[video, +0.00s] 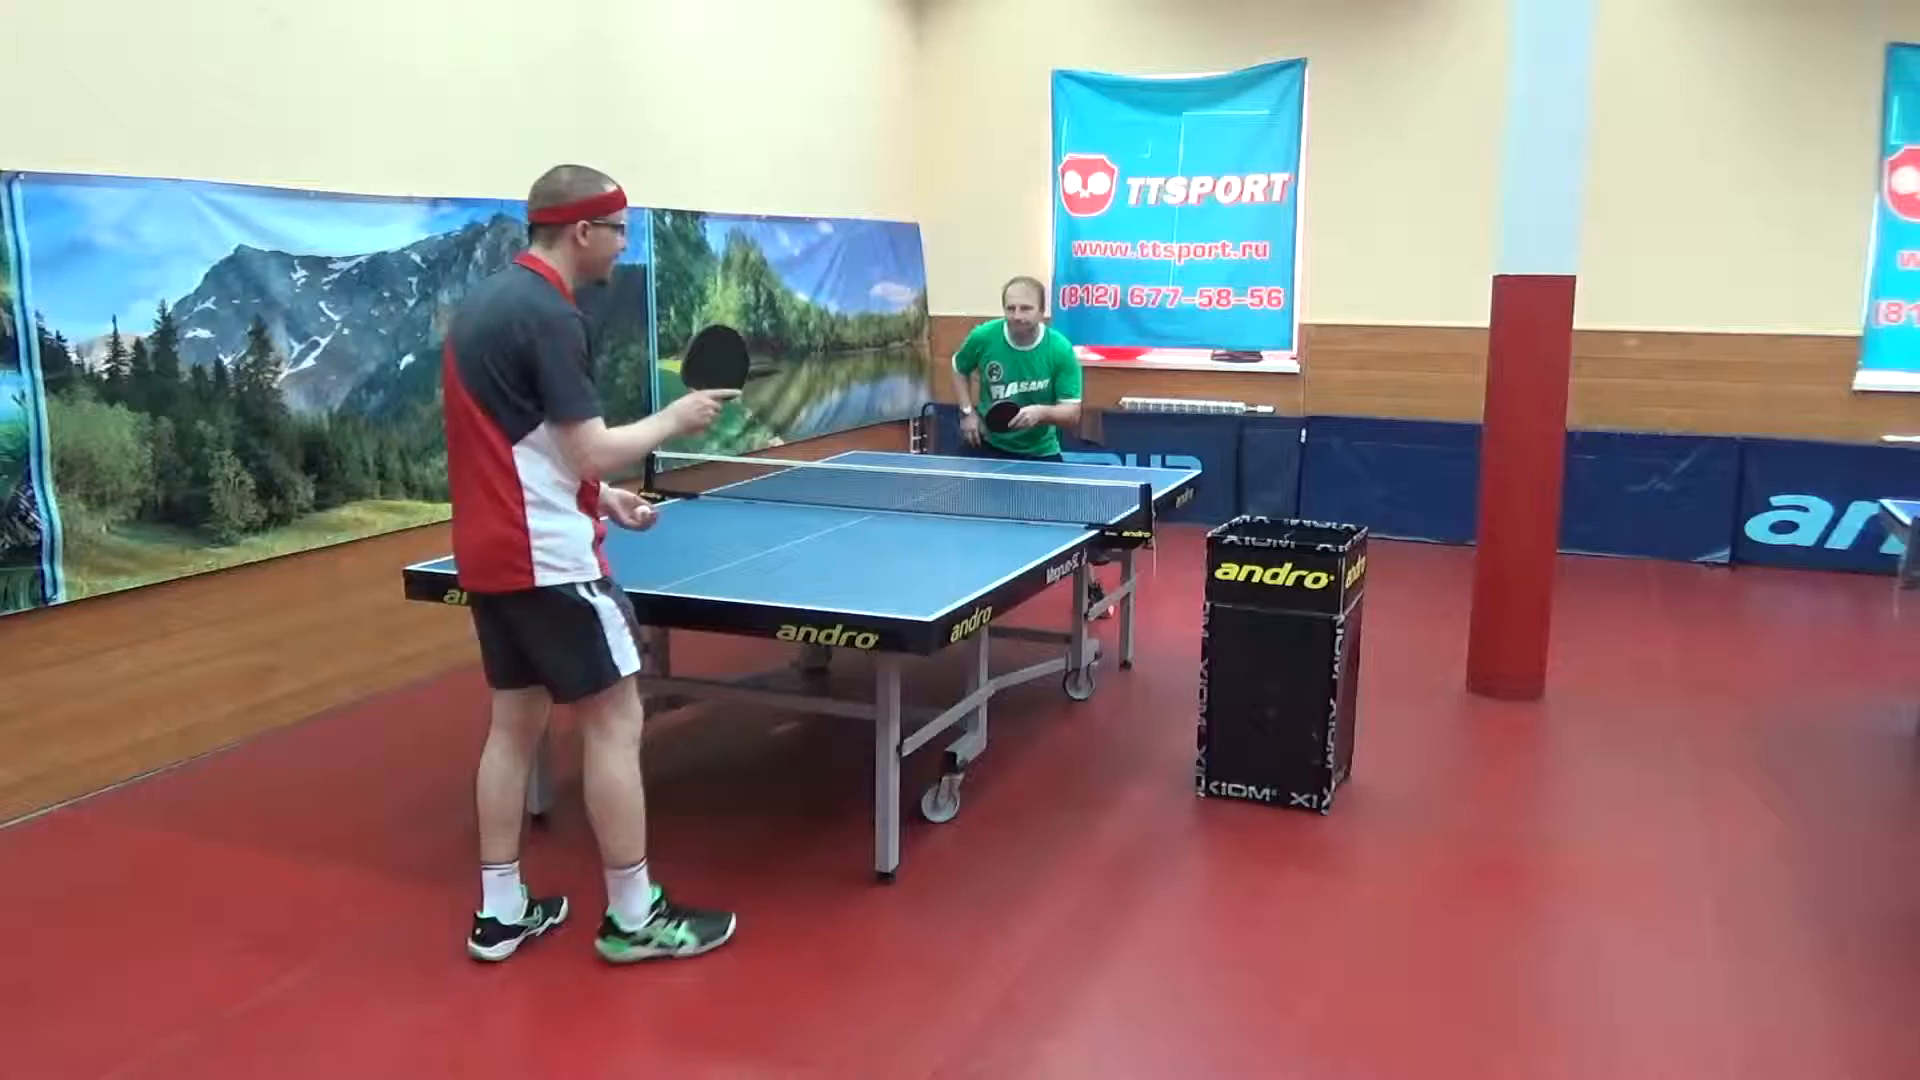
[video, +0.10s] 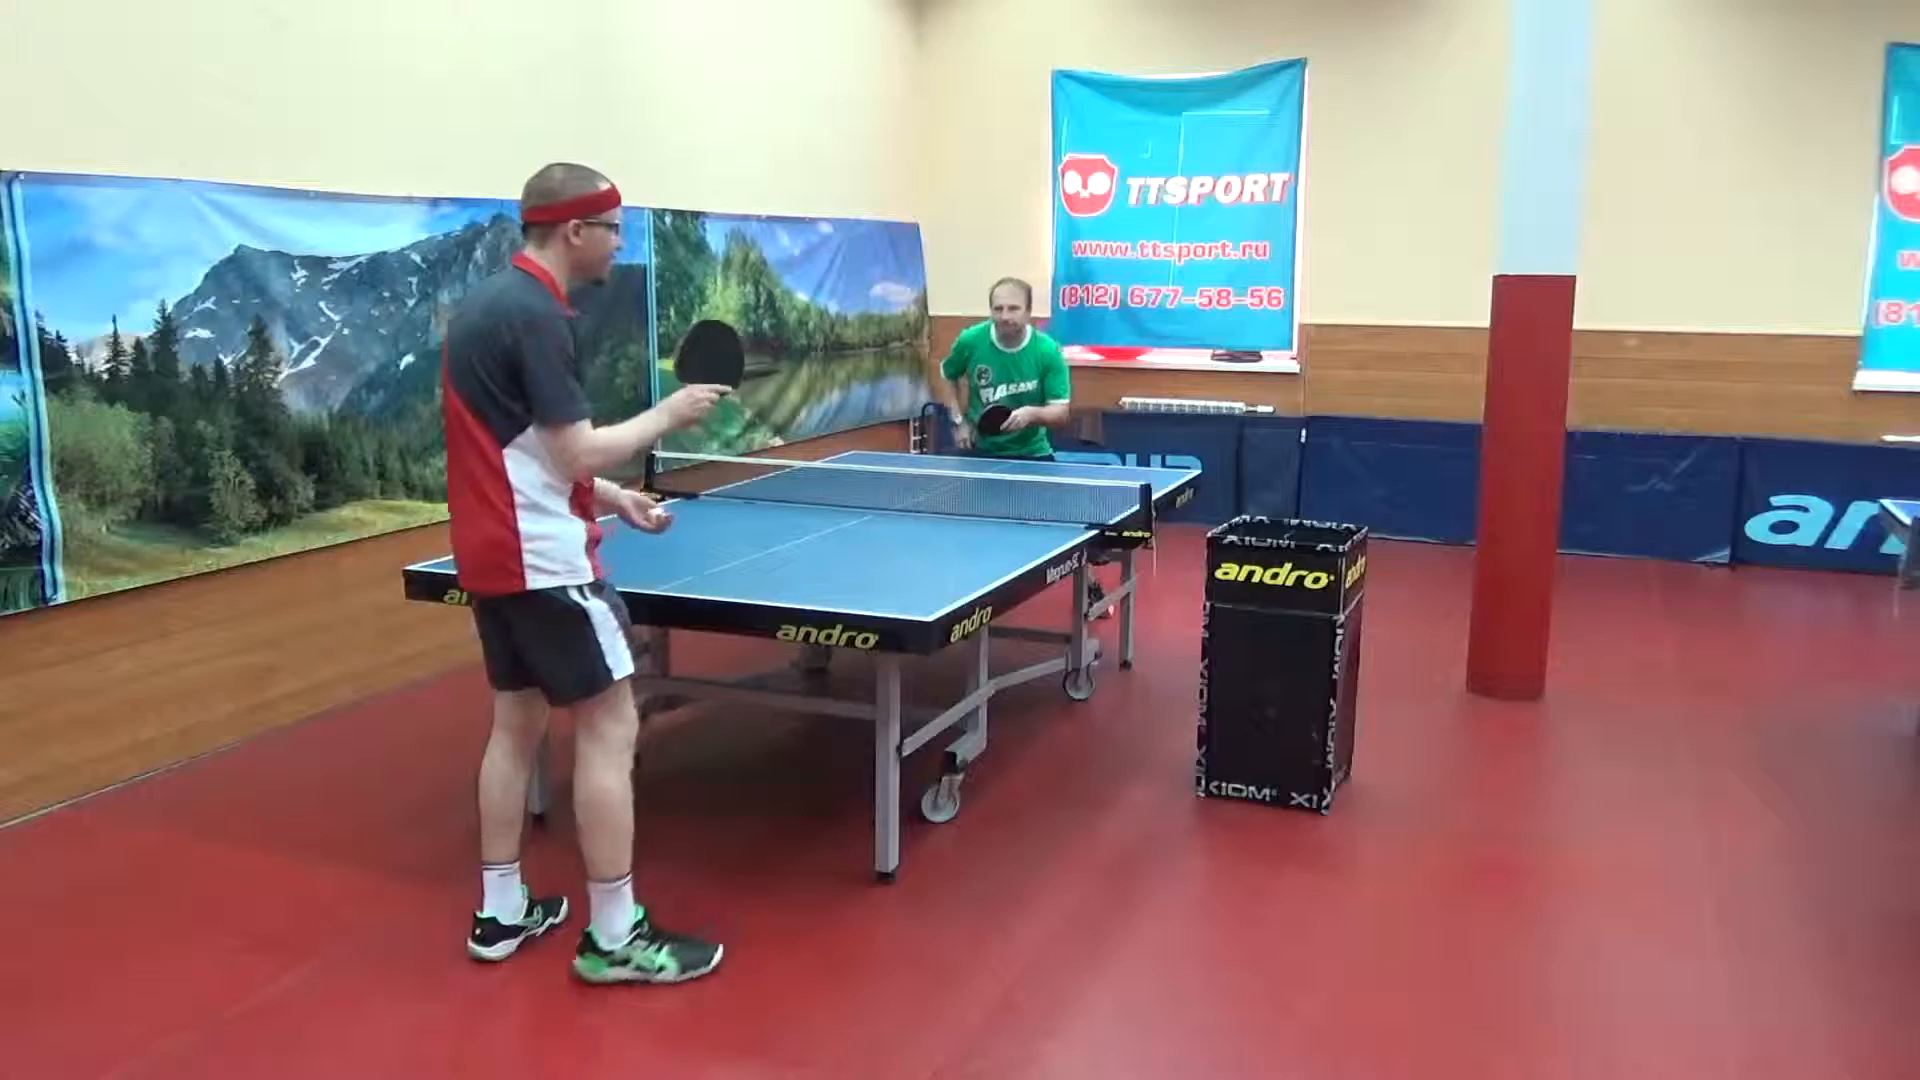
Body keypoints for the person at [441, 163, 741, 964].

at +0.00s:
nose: (624, 245)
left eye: (623, 230)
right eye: (616, 230)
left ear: (555, 231)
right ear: (580, 231)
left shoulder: (487, 304)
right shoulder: (547, 317)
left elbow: (523, 441)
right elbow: (590, 454)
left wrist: (603, 490)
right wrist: (672, 421)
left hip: (493, 561)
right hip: (552, 561)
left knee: (513, 725)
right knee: (616, 717)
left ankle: (500, 911)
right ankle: (635, 914)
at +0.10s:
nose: (619, 244)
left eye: (617, 230)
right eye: (610, 229)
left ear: (551, 232)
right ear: (573, 231)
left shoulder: (486, 306)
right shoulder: (533, 317)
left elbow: (522, 448)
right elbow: (578, 456)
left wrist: (613, 492)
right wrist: (667, 414)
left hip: (494, 564)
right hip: (546, 566)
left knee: (515, 725)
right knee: (611, 726)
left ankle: (500, 912)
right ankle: (615, 935)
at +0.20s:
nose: (621, 241)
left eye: (619, 227)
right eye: (610, 228)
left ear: (554, 233)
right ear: (570, 232)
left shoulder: (496, 306)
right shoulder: (527, 315)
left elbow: (532, 455)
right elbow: (562, 458)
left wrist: (630, 501)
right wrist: (660, 415)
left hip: (498, 563)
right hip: (540, 568)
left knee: (521, 727)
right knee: (604, 731)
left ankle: (502, 910)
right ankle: (589, 953)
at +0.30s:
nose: (630, 246)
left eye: (629, 231)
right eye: (621, 232)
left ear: (570, 234)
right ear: (579, 234)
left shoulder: (541, 310)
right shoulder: (525, 315)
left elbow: (555, 458)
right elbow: (550, 460)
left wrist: (647, 511)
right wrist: (657, 426)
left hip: (515, 565)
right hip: (536, 573)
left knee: (528, 735)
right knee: (593, 746)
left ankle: (503, 912)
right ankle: (579, 971)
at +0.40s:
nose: (647, 259)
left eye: (647, 244)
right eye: (640, 243)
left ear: (591, 240)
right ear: (598, 241)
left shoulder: (562, 320)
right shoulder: (532, 319)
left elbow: (575, 463)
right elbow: (548, 464)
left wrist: (667, 522)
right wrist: (658, 450)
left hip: (532, 573)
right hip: (534, 584)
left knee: (532, 737)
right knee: (585, 757)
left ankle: (503, 912)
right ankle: (576, 984)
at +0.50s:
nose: (676, 268)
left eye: (676, 252)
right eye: (669, 252)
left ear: (623, 249)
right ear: (624, 248)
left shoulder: (585, 325)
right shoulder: (550, 323)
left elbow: (588, 471)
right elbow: (548, 471)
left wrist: (691, 534)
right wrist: (664, 475)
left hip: (532, 575)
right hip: (530, 586)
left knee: (529, 743)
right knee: (584, 765)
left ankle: (503, 911)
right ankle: (573, 987)